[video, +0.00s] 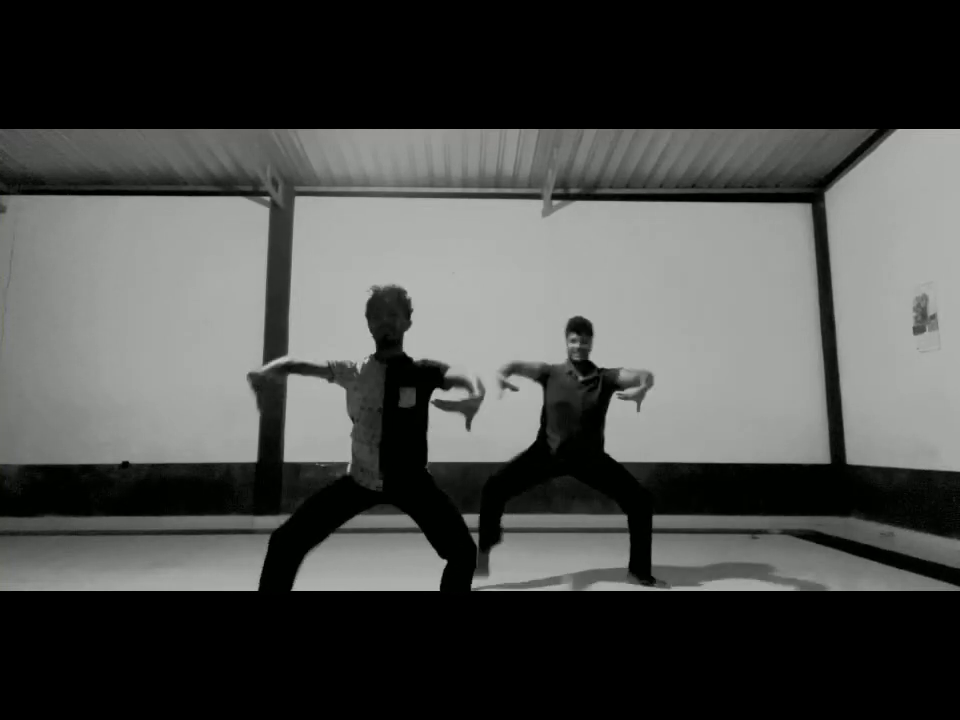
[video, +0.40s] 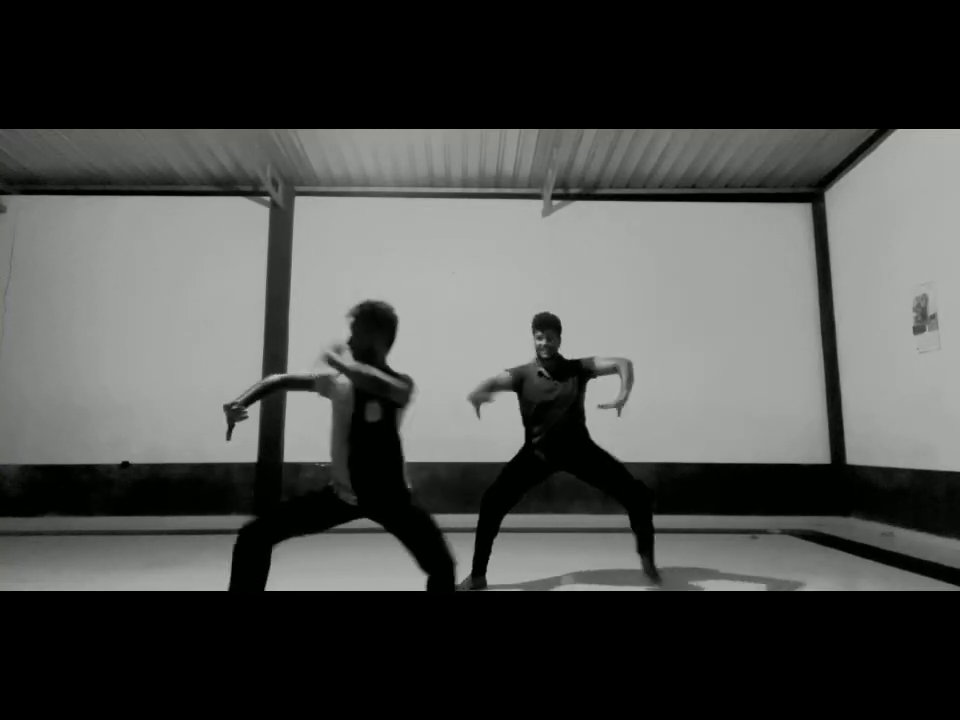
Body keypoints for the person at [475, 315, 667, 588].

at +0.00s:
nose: (579, 346)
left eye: (584, 341)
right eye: (574, 341)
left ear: (592, 343)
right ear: (566, 343)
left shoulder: (605, 377)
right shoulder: (550, 373)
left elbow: (645, 376)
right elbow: (515, 366)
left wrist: (641, 389)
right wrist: (502, 376)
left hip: (590, 458)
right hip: (547, 456)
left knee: (639, 500)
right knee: (495, 487)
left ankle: (640, 572)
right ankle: (483, 554)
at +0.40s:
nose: (543, 343)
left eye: (549, 338)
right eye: (538, 338)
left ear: (559, 339)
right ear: (533, 340)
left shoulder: (578, 368)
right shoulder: (521, 375)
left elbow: (623, 364)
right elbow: (481, 391)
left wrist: (622, 395)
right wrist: (480, 398)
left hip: (578, 450)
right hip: (536, 455)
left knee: (637, 496)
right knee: (492, 502)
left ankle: (648, 564)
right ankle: (477, 576)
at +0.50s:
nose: (543, 345)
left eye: (548, 339)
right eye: (539, 340)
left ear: (562, 341)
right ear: (536, 343)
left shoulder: (584, 371)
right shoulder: (527, 378)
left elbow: (625, 361)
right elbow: (493, 388)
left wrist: (594, 376)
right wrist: (479, 406)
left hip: (584, 456)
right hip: (540, 459)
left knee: (637, 501)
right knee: (492, 502)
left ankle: (651, 579)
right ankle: (478, 577)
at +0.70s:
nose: (524, 340)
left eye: (530, 335)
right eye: (522, 335)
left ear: (543, 341)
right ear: (518, 339)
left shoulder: (558, 366)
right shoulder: (512, 373)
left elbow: (533, 374)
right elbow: (471, 372)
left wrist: (505, 354)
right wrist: (482, 389)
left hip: (577, 451)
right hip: (538, 454)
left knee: (628, 506)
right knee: (490, 500)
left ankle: (651, 572)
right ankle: (478, 576)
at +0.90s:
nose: (496, 374)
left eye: (496, 368)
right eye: (493, 370)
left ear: (508, 360)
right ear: (504, 364)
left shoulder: (537, 373)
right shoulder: (515, 378)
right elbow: (486, 385)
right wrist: (475, 387)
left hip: (579, 451)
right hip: (544, 452)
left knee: (623, 511)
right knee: (499, 498)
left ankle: (635, 581)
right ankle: (477, 578)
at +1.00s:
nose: (512, 385)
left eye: (513, 378)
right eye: (508, 381)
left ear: (523, 367)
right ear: (507, 377)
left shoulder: (549, 377)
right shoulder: (526, 375)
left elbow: (524, 415)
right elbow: (496, 384)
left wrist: (473, 429)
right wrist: (471, 395)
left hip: (583, 453)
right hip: (548, 451)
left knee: (622, 512)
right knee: (502, 497)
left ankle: (635, 578)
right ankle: (479, 577)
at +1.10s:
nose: (530, 376)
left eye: (532, 371)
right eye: (527, 372)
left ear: (543, 361)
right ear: (528, 366)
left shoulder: (573, 379)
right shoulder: (536, 372)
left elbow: (557, 416)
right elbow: (502, 377)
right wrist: (477, 395)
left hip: (583, 458)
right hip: (544, 455)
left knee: (626, 510)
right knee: (494, 492)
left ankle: (638, 581)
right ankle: (480, 572)